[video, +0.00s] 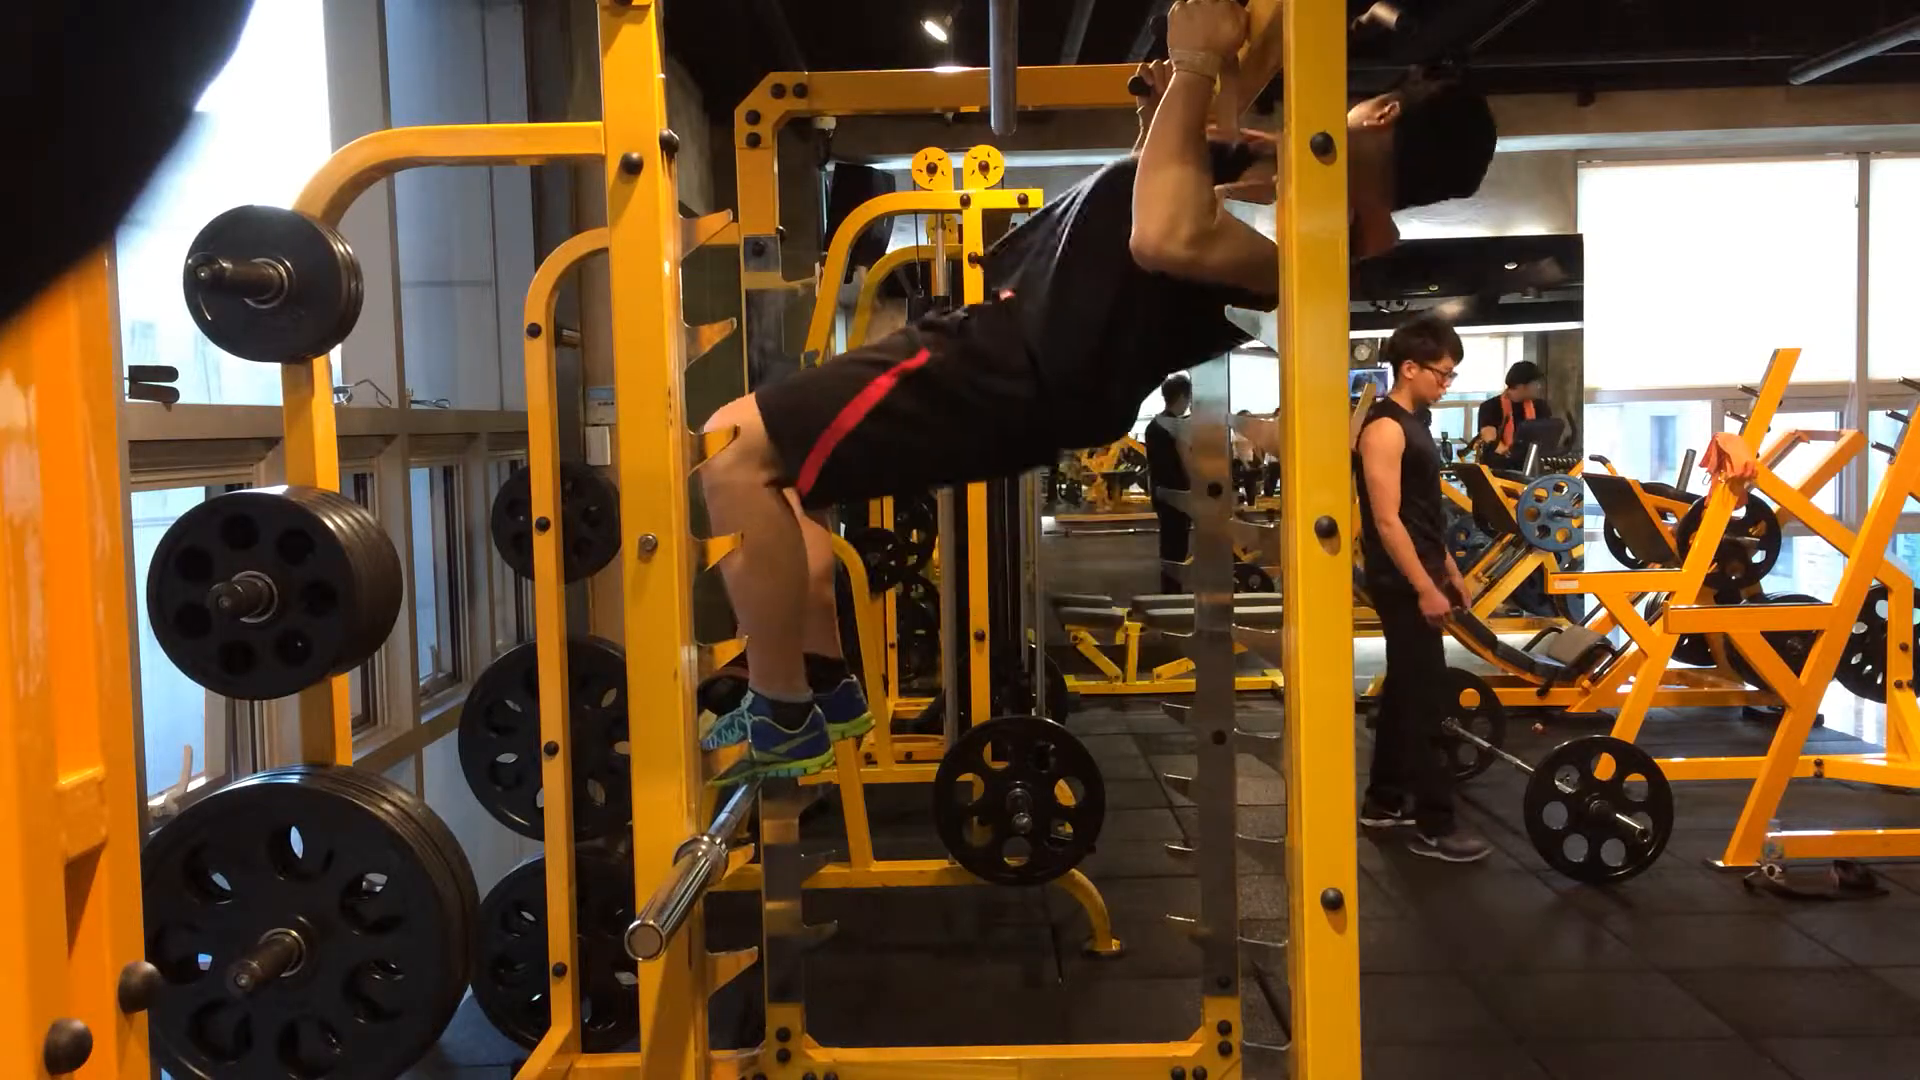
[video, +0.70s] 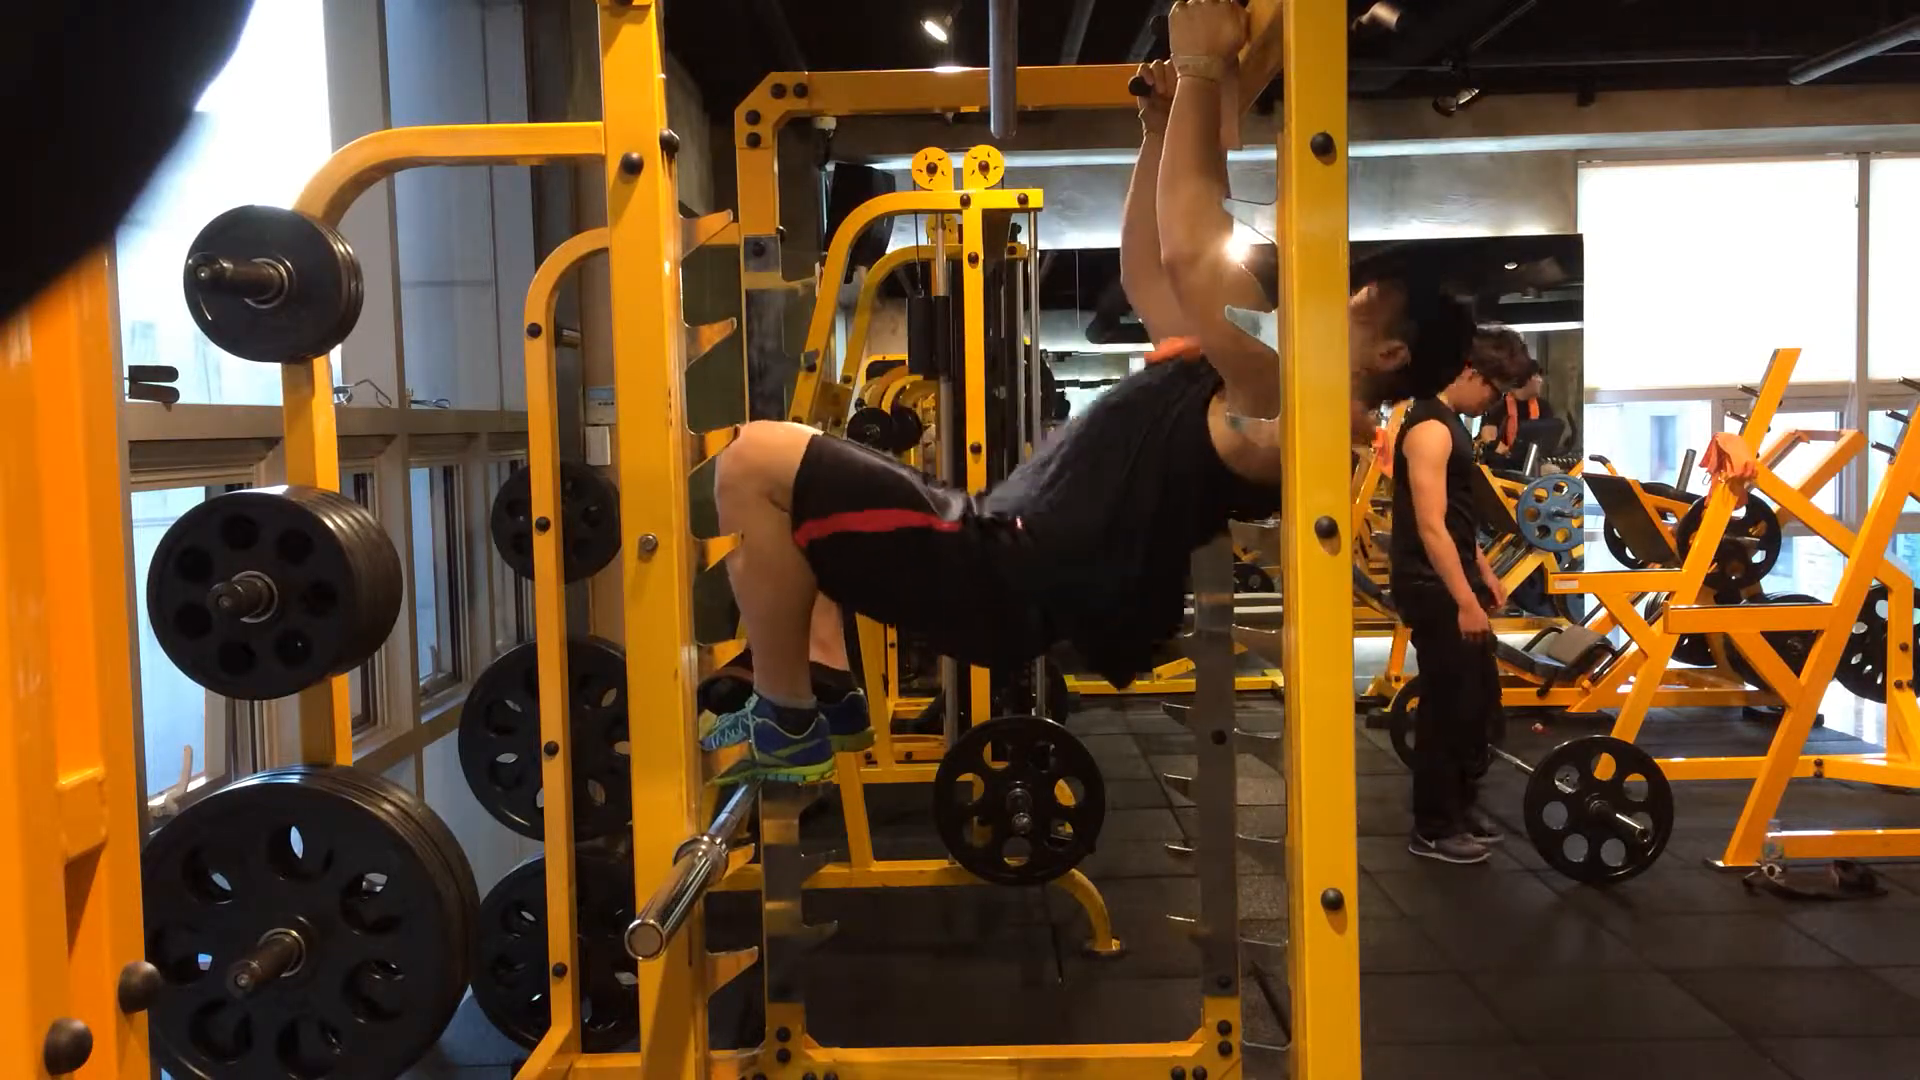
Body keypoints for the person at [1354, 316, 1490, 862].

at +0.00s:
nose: (1447, 383)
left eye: (1450, 375)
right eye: (1441, 373)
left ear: (1418, 372)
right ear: (1409, 367)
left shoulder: (1410, 422)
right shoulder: (1385, 427)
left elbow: (1422, 512)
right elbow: (1385, 521)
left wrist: (1448, 568)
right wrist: (1423, 589)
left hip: (1414, 576)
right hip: (1399, 579)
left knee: (1405, 687)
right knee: (1427, 692)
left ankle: (1385, 801)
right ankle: (1432, 827)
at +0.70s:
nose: (1490, 404)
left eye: (1496, 396)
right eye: (1493, 393)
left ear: (1471, 377)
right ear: (1472, 376)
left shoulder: (1445, 424)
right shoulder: (1430, 429)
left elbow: (1453, 518)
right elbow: (1429, 528)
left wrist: (1482, 571)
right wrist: (1464, 602)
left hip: (1450, 584)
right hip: (1429, 587)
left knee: (1477, 696)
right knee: (1450, 701)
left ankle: (1458, 806)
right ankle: (1434, 827)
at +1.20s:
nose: (1561, 410)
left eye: (1567, 401)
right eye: (1564, 398)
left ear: (1536, 376)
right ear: (1545, 379)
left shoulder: (1489, 418)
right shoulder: (1493, 428)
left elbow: (1484, 524)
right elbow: (1490, 528)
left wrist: (1512, 590)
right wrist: (1525, 599)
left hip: (1475, 582)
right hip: (1473, 585)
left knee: (1505, 704)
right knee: (1488, 703)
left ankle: (1515, 827)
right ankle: (1437, 827)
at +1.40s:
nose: (1583, 415)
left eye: (1589, 407)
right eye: (1588, 405)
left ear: (1566, 381)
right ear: (1572, 385)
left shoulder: (1513, 420)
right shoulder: (1514, 434)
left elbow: (1517, 524)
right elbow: (1512, 538)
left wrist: (1563, 569)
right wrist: (1554, 608)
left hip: (1493, 578)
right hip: (1486, 583)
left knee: (1522, 702)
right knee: (1516, 703)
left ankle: (1498, 821)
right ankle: (1472, 820)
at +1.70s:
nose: (1626, 452)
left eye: (1634, 446)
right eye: (1632, 441)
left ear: (1615, 415)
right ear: (1617, 419)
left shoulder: (1565, 443)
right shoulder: (1552, 455)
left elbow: (1586, 520)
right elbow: (1539, 560)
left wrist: (1631, 568)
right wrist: (1567, 632)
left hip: (1495, 574)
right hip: (1478, 577)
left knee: (1509, 701)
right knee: (1503, 704)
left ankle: (1504, 824)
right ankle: (1494, 838)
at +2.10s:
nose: (1662, 517)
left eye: (1671, 515)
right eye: (1670, 511)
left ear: (1661, 469)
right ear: (1664, 484)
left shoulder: (1606, 446)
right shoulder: (1606, 516)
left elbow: (1616, 539)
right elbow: (1585, 618)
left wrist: (1652, 590)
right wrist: (1594, 697)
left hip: (1471, 551)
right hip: (1483, 570)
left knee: (1501, 700)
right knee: (1501, 705)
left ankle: (1495, 824)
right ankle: (1493, 838)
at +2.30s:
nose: (1680, 532)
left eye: (1690, 528)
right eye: (1687, 524)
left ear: (1677, 476)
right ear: (1682, 503)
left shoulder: (1618, 446)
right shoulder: (1624, 530)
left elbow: (1622, 540)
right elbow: (1595, 632)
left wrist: (1653, 591)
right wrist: (1602, 716)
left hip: (1465, 547)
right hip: (1489, 572)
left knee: (1462, 687)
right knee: (1498, 707)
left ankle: (1440, 795)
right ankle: (1493, 839)